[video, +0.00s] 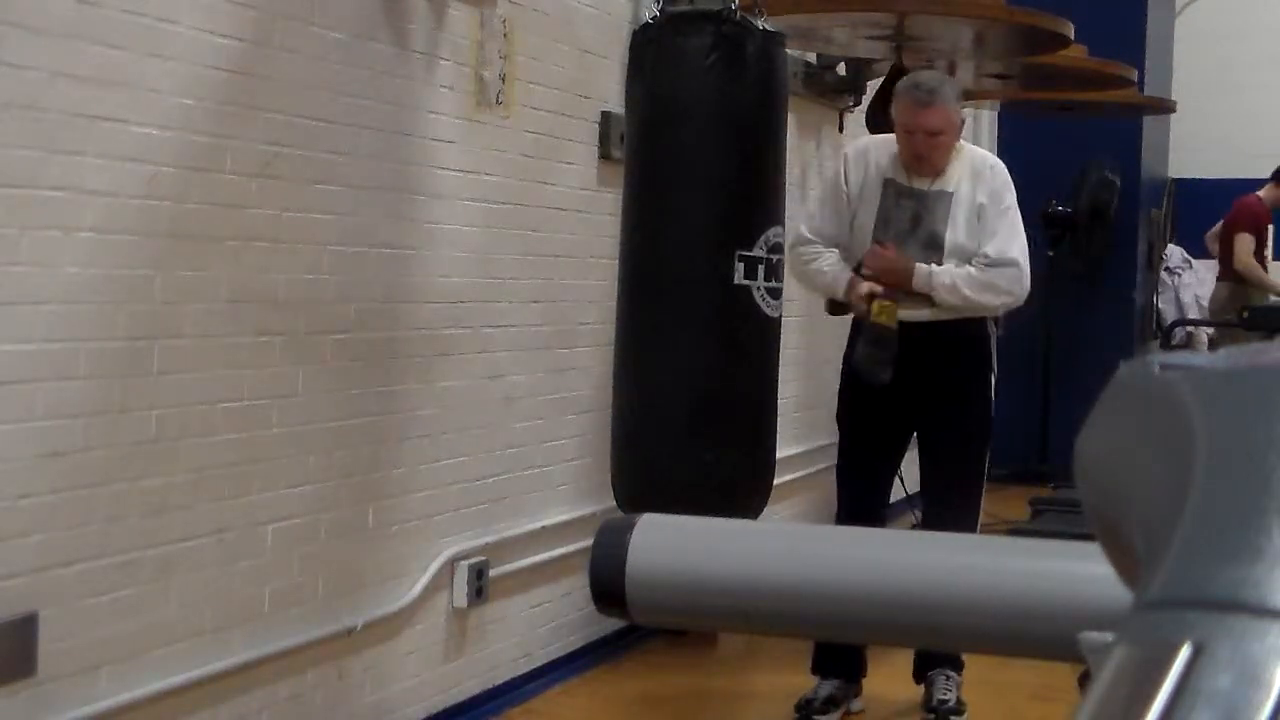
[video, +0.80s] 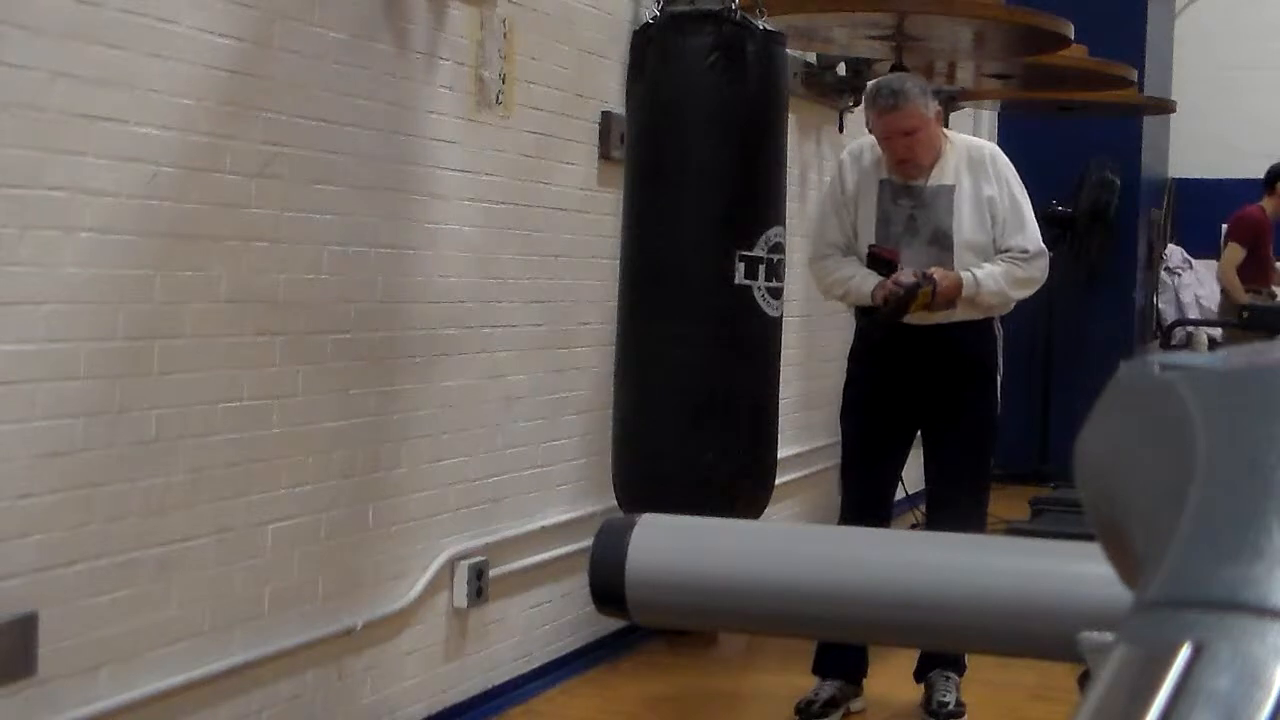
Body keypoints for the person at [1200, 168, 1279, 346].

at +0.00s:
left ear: (1274, 182)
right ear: (1278, 185)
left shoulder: (1248, 205)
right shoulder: (1251, 208)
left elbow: (1212, 237)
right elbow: (1243, 262)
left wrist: (1230, 266)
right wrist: (1276, 288)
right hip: (1235, 299)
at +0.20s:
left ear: (1272, 191)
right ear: (1276, 194)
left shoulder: (1246, 214)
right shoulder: (1255, 218)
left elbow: (1208, 247)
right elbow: (1257, 277)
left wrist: (1231, 275)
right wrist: (1276, 288)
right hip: (1236, 303)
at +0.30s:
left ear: (1273, 191)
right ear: (1278, 194)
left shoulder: (1248, 214)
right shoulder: (1257, 218)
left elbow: (1212, 249)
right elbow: (1258, 277)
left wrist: (1235, 277)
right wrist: (1277, 288)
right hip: (1240, 301)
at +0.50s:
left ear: (1270, 180)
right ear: (1275, 182)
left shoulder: (1262, 209)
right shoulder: (1255, 209)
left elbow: (1258, 264)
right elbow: (1243, 267)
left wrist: (1274, 283)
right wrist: (1273, 296)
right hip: (1238, 297)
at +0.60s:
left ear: (1272, 182)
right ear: (1276, 183)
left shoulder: (1262, 211)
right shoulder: (1253, 210)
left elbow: (1257, 263)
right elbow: (1231, 264)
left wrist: (1274, 279)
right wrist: (1256, 295)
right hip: (1238, 299)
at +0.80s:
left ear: (1273, 188)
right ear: (1276, 188)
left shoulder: (1263, 221)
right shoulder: (1251, 218)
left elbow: (1265, 267)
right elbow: (1225, 269)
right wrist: (1245, 305)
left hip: (1261, 296)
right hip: (1247, 297)